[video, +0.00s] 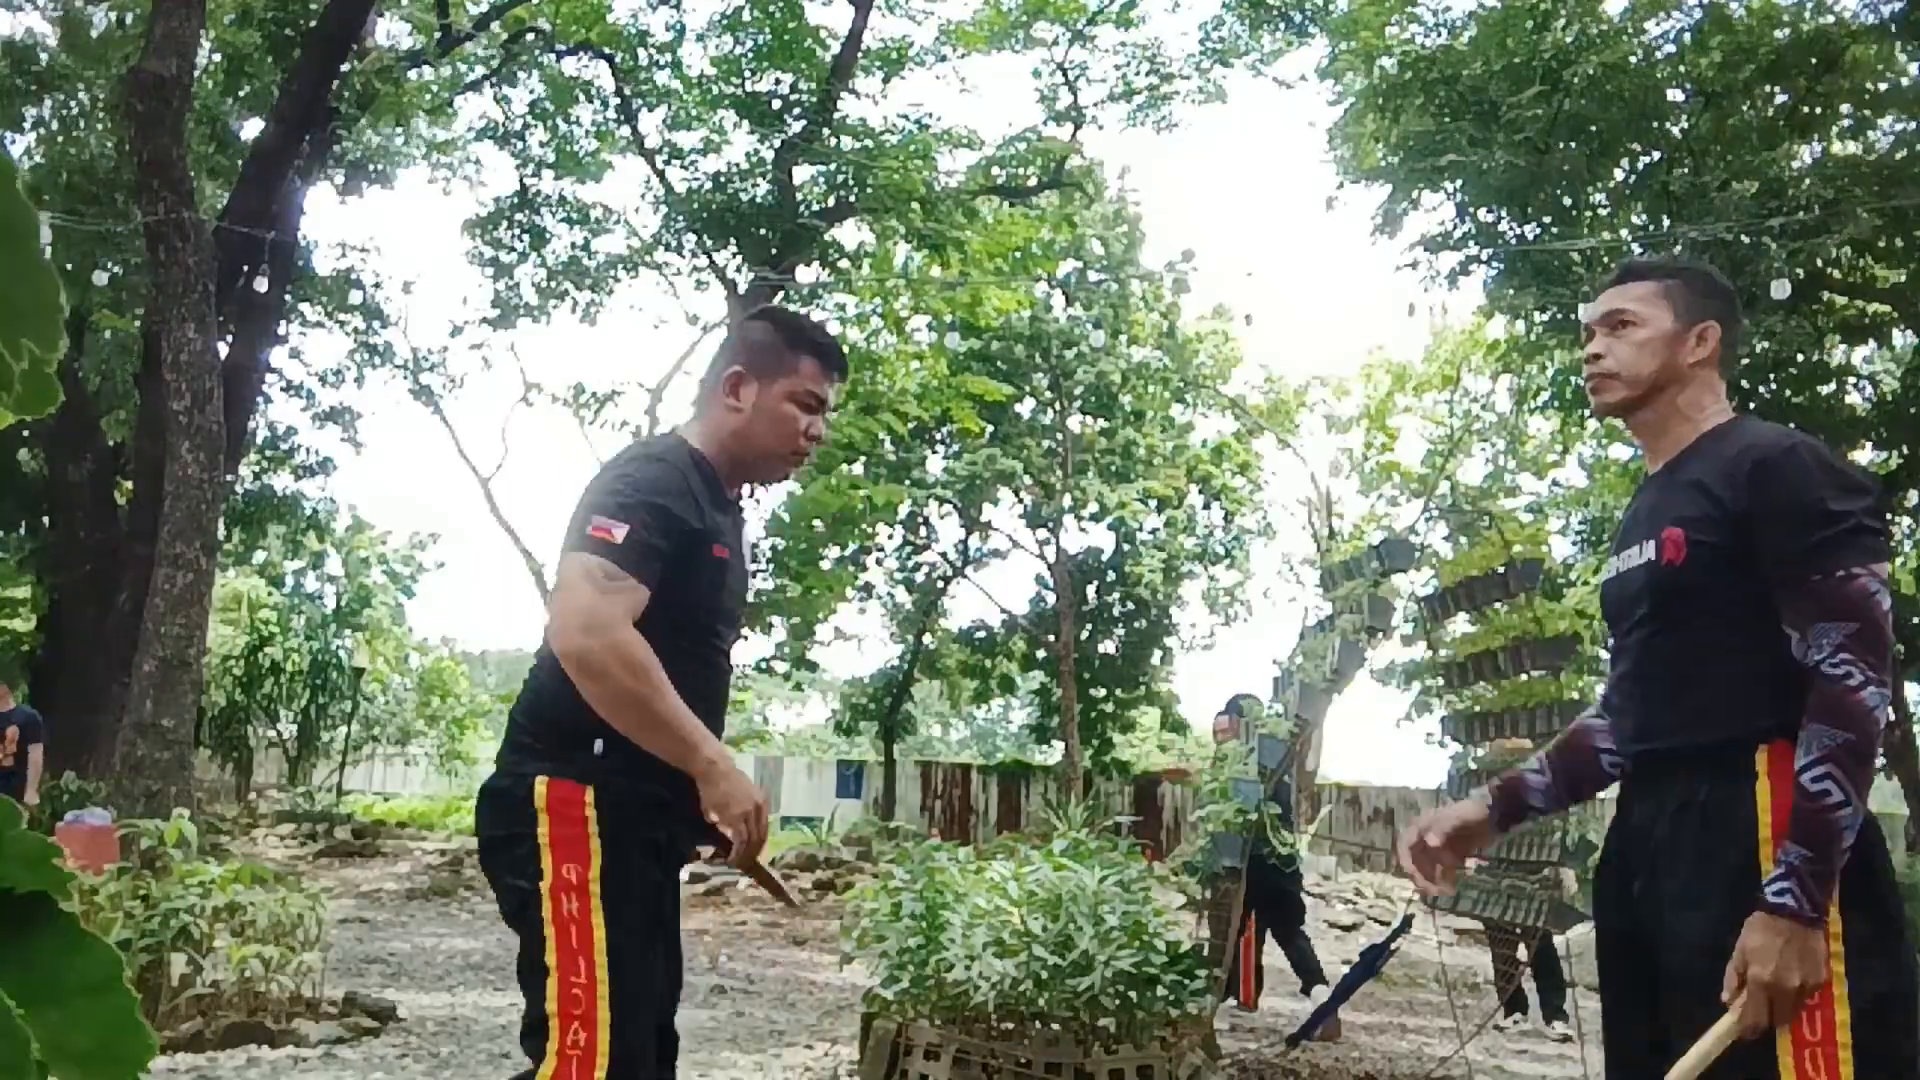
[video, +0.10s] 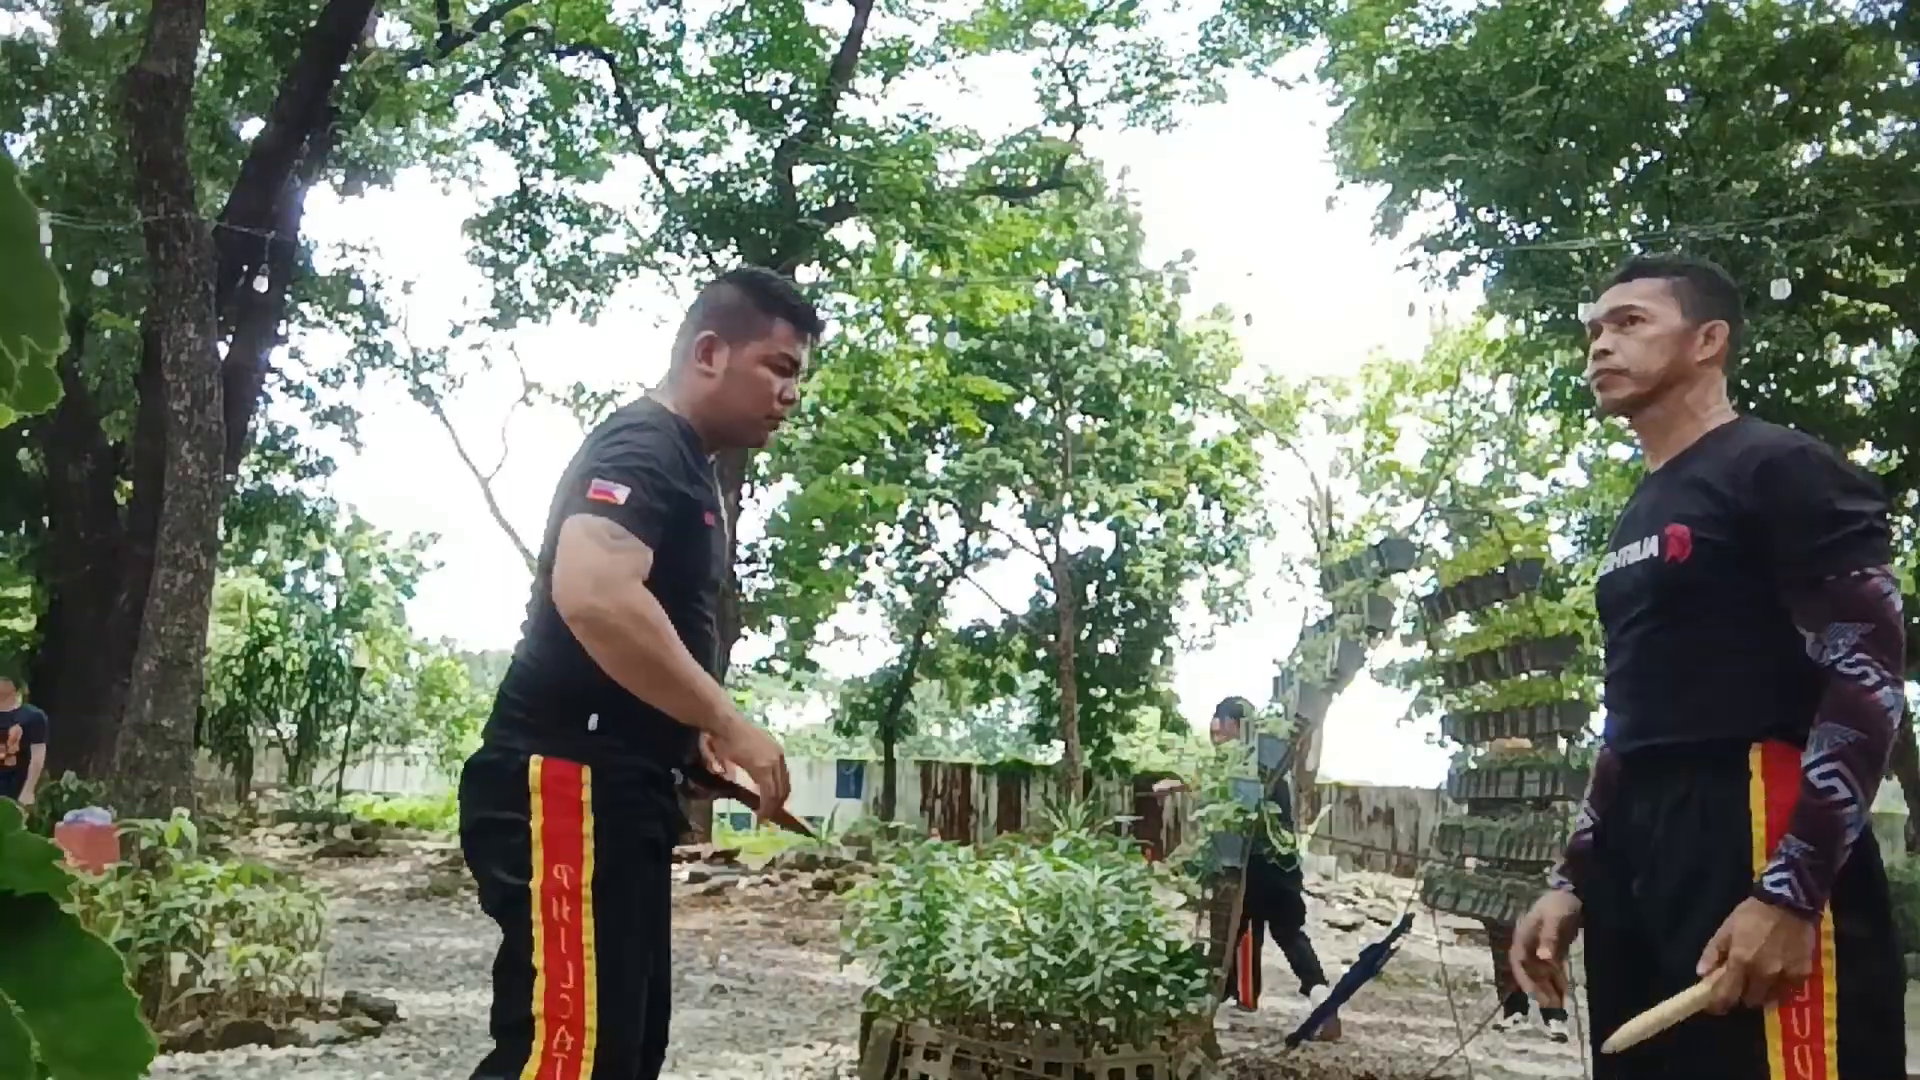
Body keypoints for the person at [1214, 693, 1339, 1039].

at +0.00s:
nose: (1219, 733)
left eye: (1223, 727)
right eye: (1219, 727)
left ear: (1241, 724)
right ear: (1252, 721)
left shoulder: (1244, 761)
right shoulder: (1276, 756)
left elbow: (1242, 812)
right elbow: (1277, 810)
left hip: (1253, 861)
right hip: (1280, 860)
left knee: (1245, 933)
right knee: (1289, 929)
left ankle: (1242, 1002)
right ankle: (1324, 1003)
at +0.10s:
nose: (1214, 735)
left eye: (1218, 728)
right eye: (1214, 728)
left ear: (1235, 726)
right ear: (1240, 725)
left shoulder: (1242, 763)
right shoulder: (1270, 760)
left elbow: (1239, 806)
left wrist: (1183, 787)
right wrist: (1185, 787)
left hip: (1250, 863)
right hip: (1281, 864)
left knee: (1238, 930)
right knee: (1289, 931)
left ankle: (1238, 1002)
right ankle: (1325, 1007)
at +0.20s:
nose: (1208, 737)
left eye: (1210, 730)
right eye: (1208, 730)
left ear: (1221, 728)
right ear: (1237, 728)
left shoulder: (1232, 762)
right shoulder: (1266, 761)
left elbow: (1208, 794)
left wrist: (1173, 807)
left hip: (1248, 864)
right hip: (1283, 863)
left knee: (1243, 932)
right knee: (1287, 931)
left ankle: (1243, 1003)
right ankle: (1320, 999)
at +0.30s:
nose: (1208, 738)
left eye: (1209, 731)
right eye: (1207, 732)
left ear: (1219, 728)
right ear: (1236, 727)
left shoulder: (1232, 762)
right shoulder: (1261, 759)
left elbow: (1209, 796)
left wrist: (1175, 818)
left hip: (1249, 866)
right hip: (1283, 864)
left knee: (1236, 932)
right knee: (1285, 934)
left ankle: (1238, 1001)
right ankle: (1321, 1002)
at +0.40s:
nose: (1205, 737)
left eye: (1205, 731)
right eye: (1205, 731)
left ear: (1211, 729)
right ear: (1233, 725)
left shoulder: (1224, 760)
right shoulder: (1252, 756)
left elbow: (1214, 813)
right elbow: (1220, 812)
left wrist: (1180, 836)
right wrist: (1183, 836)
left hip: (1246, 859)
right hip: (1277, 857)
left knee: (1234, 927)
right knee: (1279, 929)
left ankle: (1235, 999)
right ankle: (1315, 993)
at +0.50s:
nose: (1206, 738)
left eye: (1207, 731)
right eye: (1207, 732)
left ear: (1215, 729)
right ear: (1234, 728)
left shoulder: (1223, 762)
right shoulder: (1257, 758)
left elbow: (1224, 822)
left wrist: (1197, 850)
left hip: (1245, 861)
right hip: (1277, 858)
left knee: (1241, 929)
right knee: (1277, 929)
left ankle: (1241, 1000)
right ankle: (1313, 993)